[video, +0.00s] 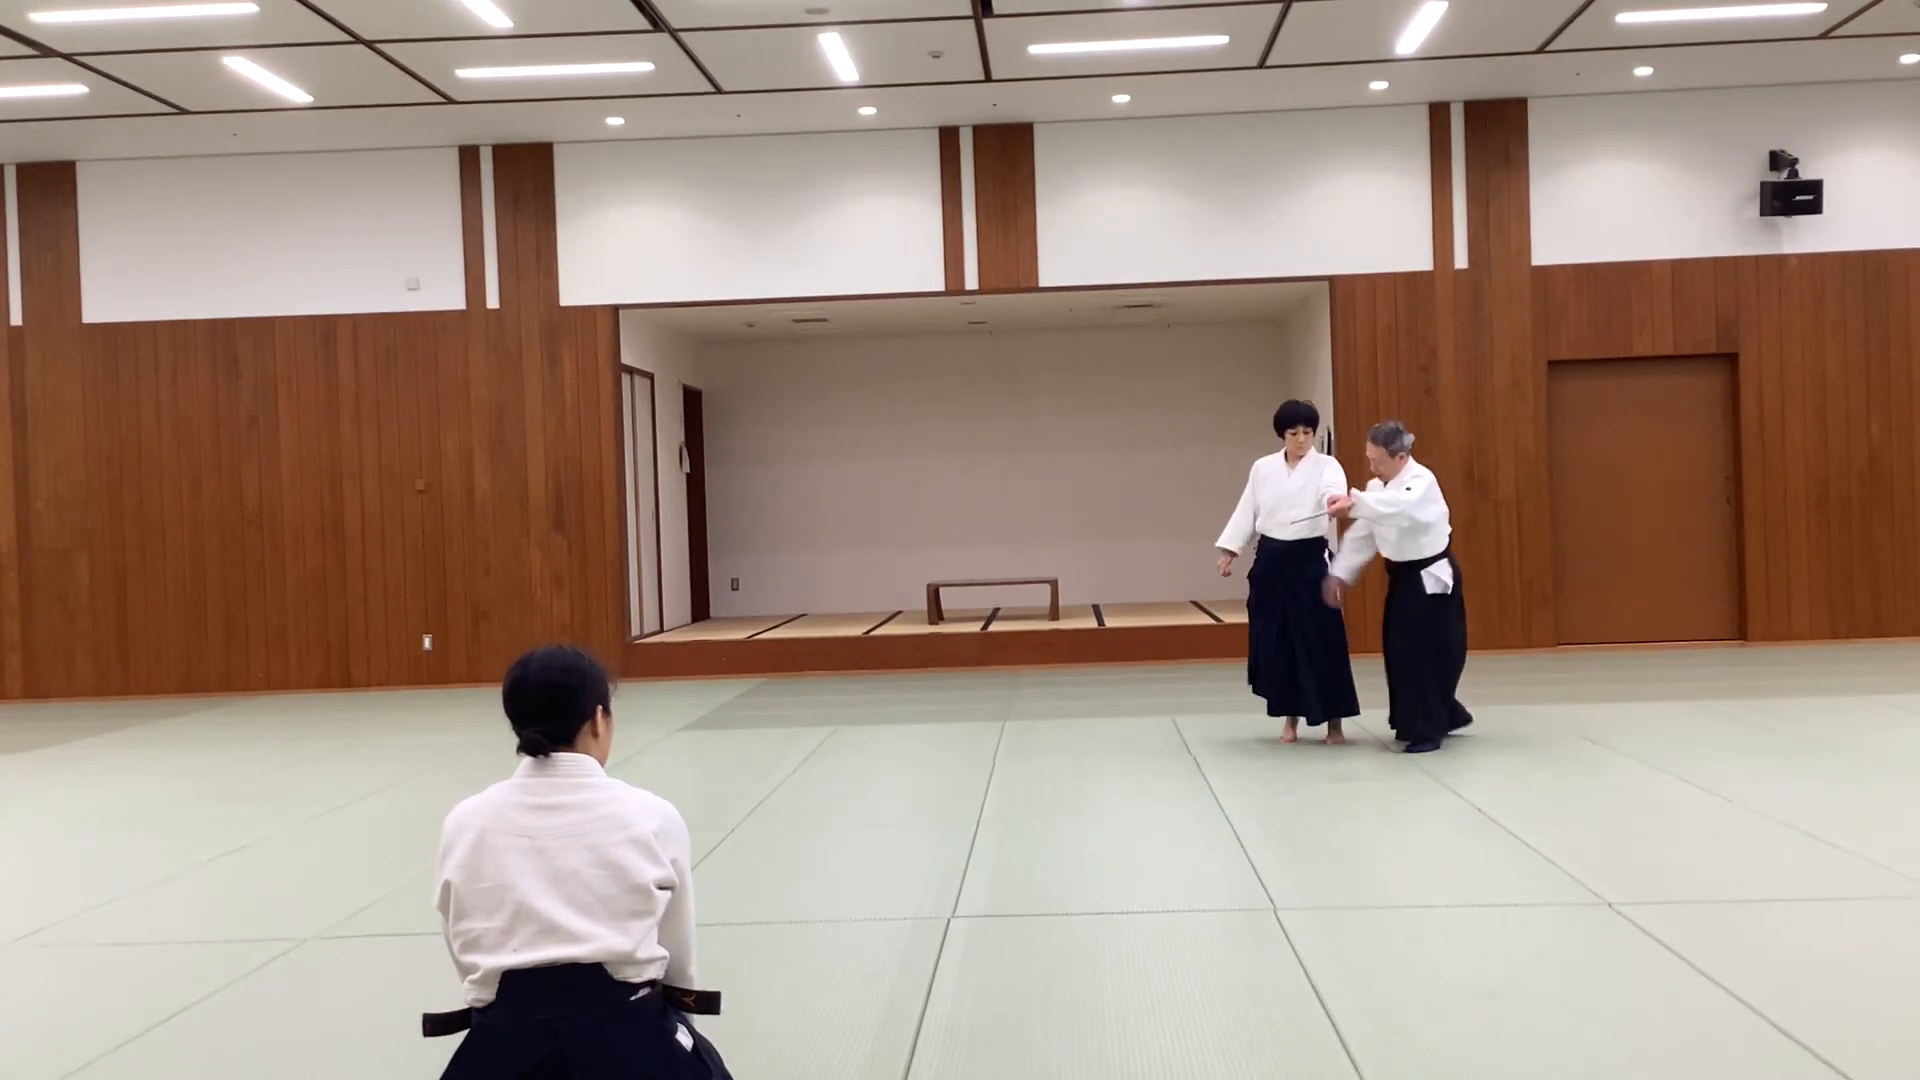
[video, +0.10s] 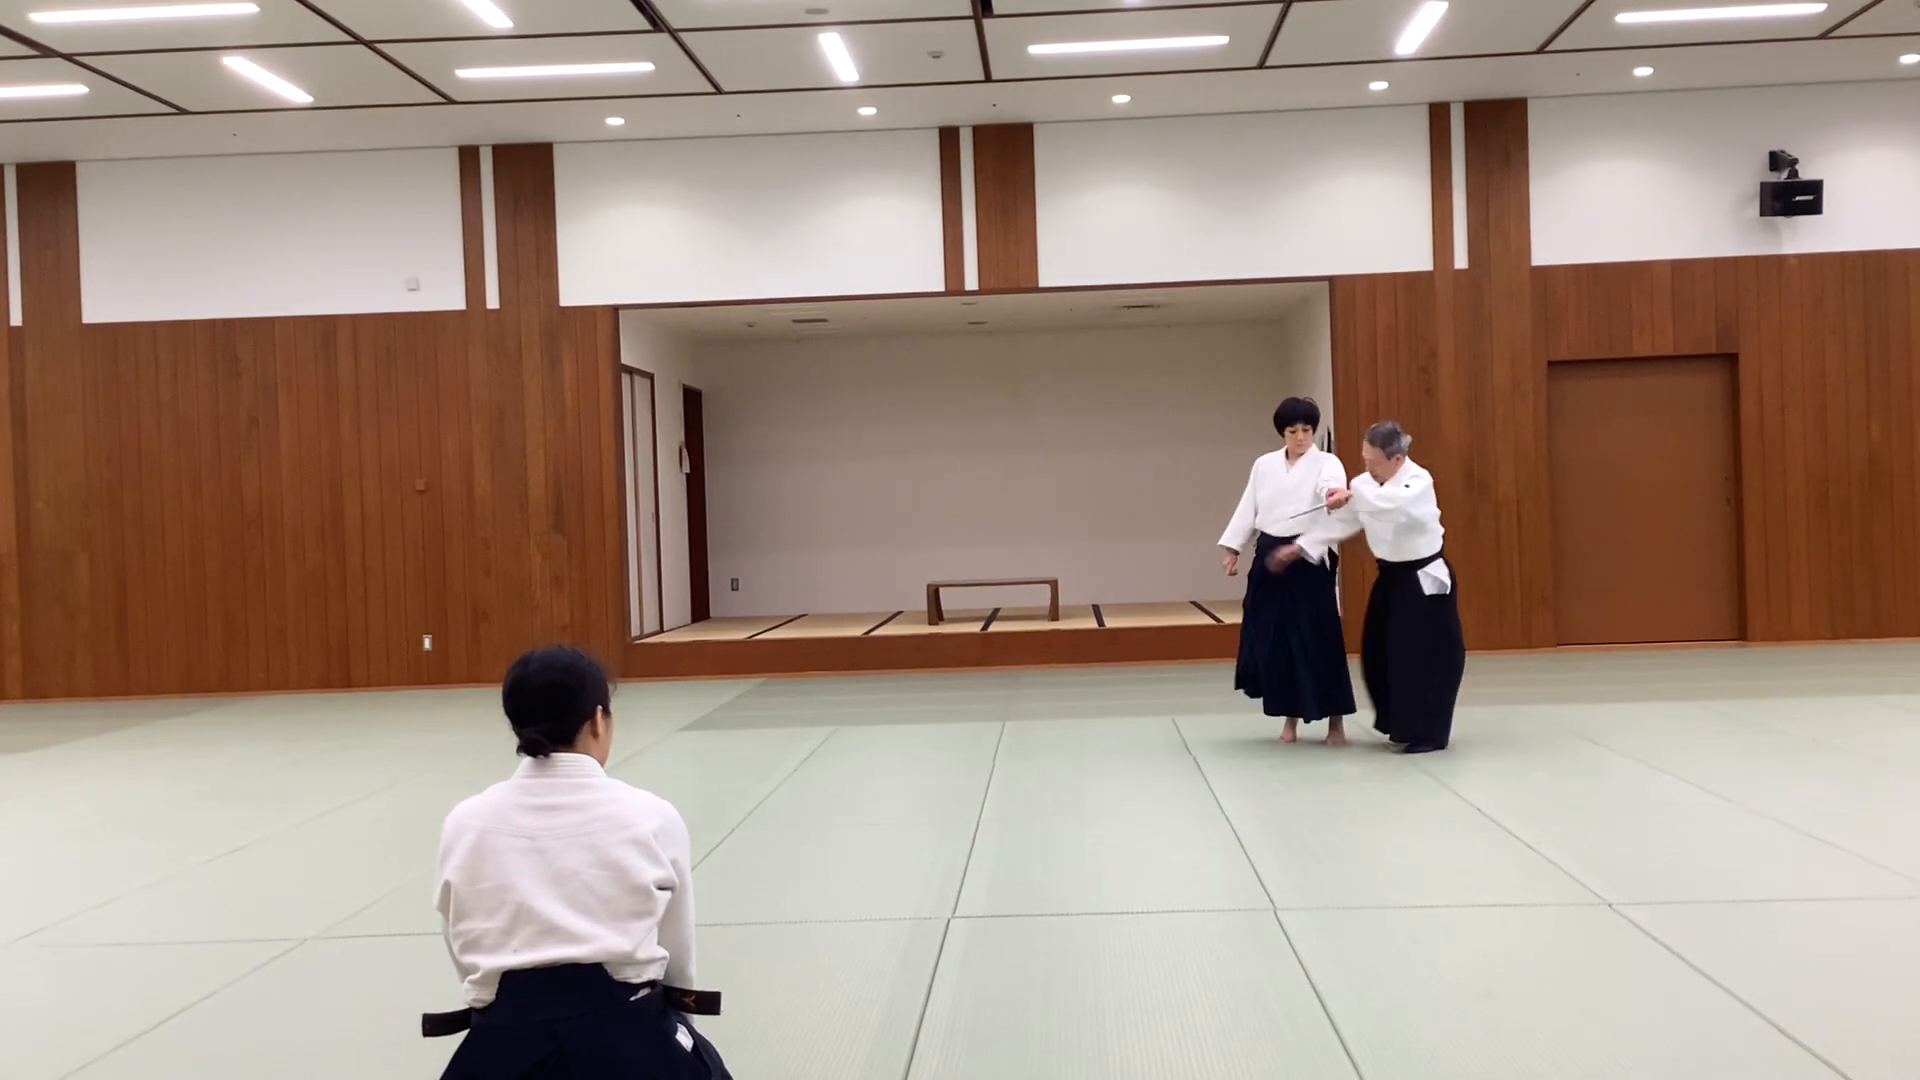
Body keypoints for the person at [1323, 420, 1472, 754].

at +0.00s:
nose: (1370, 465)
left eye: (1375, 459)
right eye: (1368, 459)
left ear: (1398, 455)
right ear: (1374, 454)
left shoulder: (1421, 480)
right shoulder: (1377, 487)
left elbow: (1400, 506)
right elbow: (1360, 535)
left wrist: (1354, 502)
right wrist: (1338, 573)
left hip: (1431, 576)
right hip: (1401, 577)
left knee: (1424, 650)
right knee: (1400, 649)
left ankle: (1426, 730)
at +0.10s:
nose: (1364, 464)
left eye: (1370, 459)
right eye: (1364, 458)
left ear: (1394, 456)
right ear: (1370, 454)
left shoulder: (1418, 480)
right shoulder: (1367, 485)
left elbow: (1394, 503)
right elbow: (1342, 521)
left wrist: (1352, 493)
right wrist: (1298, 547)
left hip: (1425, 578)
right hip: (1390, 578)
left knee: (1425, 654)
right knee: (1380, 650)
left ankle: (1430, 734)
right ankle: (1401, 726)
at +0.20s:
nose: (1359, 469)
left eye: (1365, 465)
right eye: (1358, 463)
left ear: (1389, 464)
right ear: (1357, 457)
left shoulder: (1412, 486)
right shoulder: (1350, 483)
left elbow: (1386, 517)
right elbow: (1321, 517)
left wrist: (1339, 510)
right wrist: (1279, 538)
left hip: (1417, 580)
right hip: (1378, 578)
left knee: (1416, 656)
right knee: (1359, 646)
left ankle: (1420, 735)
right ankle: (1373, 727)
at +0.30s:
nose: (1350, 478)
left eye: (1357, 474)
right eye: (1349, 471)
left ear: (1381, 473)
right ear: (1346, 464)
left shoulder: (1402, 498)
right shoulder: (1339, 488)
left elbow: (1385, 545)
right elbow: (1310, 507)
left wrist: (1327, 546)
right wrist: (1311, 533)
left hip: (1404, 585)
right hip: (1363, 583)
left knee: (1405, 659)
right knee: (1332, 649)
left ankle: (1411, 735)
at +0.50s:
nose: (1316, 501)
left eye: (1322, 497)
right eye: (1314, 494)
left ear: (1346, 497)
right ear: (1313, 489)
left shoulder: (1373, 518)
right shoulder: (1301, 518)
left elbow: (1371, 570)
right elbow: (1296, 562)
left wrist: (1320, 596)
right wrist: (1302, 592)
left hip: (1375, 602)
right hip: (1327, 604)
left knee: (1390, 667)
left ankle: (1406, 736)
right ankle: (1251, 728)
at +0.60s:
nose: (1291, 515)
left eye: (1297, 510)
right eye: (1290, 508)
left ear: (1318, 506)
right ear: (1289, 501)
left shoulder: (1349, 524)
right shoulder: (1279, 534)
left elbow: (1358, 582)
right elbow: (1283, 583)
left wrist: (1318, 613)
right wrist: (1302, 614)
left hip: (1354, 602)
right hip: (1308, 606)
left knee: (1379, 668)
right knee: (1281, 668)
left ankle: (1414, 735)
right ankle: (1252, 742)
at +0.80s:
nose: (1244, 522)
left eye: (1250, 516)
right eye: (1241, 514)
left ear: (1270, 509)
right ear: (1239, 508)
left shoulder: (1305, 523)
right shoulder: (1233, 536)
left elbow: (1308, 576)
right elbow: (1207, 579)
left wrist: (1268, 612)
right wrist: (1190, 627)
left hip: (1328, 587)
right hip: (1280, 594)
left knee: (1358, 650)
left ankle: (1413, 724)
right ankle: (1252, 738)